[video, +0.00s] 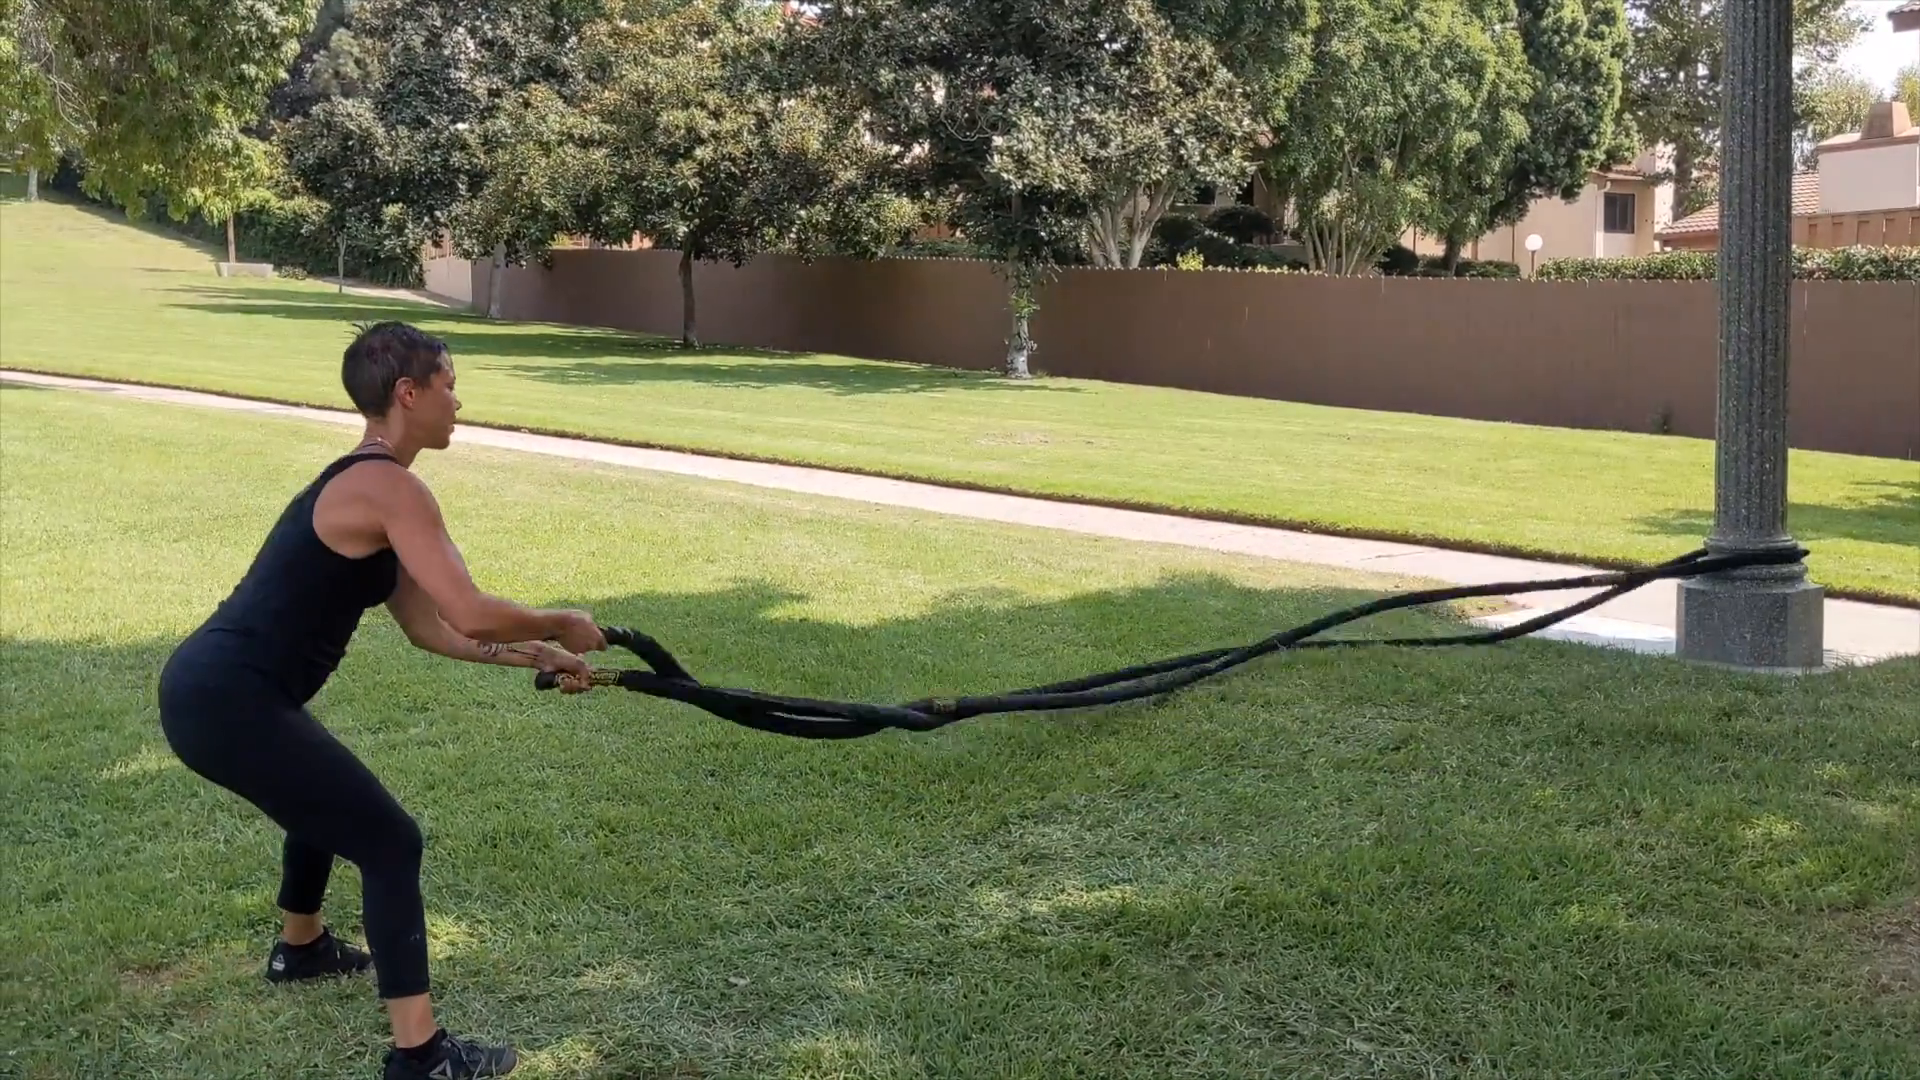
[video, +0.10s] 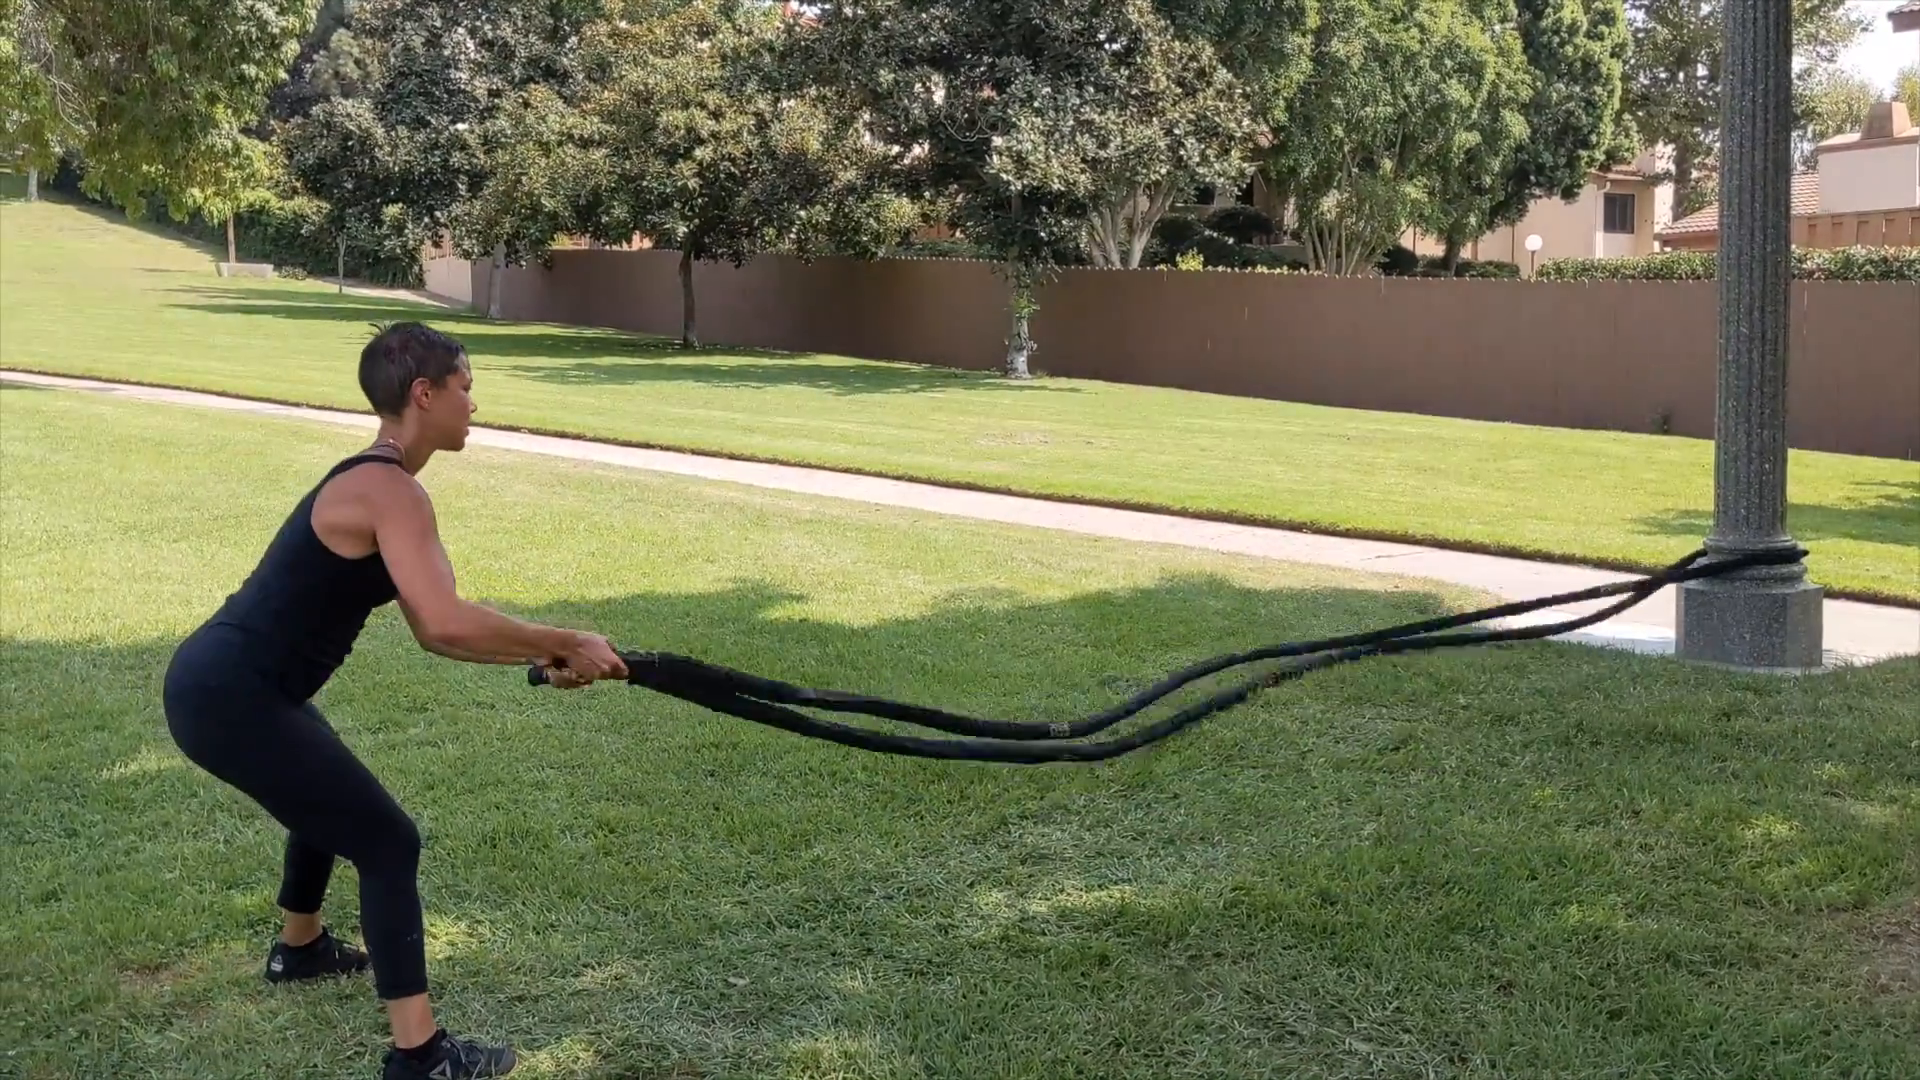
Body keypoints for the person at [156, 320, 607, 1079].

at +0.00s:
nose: (457, 399)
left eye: (454, 383)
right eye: (448, 384)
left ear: (394, 397)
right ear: (405, 394)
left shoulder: (358, 481)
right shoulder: (393, 487)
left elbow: (428, 629)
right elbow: (472, 615)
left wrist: (529, 653)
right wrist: (559, 622)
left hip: (211, 686)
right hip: (228, 703)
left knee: (327, 797)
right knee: (392, 840)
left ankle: (301, 949)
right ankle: (418, 1047)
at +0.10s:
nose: (472, 404)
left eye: (470, 388)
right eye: (464, 388)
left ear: (411, 396)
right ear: (421, 394)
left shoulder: (367, 480)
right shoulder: (392, 493)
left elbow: (436, 631)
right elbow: (448, 623)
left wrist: (541, 650)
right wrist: (563, 641)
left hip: (218, 678)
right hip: (233, 697)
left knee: (329, 800)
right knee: (388, 841)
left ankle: (300, 947)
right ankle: (417, 1047)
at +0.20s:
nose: (477, 404)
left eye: (476, 388)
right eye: (470, 388)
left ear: (415, 394)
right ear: (426, 393)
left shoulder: (371, 476)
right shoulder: (389, 490)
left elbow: (428, 625)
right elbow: (436, 616)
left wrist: (512, 641)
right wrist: (570, 630)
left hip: (224, 673)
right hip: (234, 695)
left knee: (332, 796)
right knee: (389, 839)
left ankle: (298, 946)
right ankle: (415, 1047)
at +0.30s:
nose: (470, 404)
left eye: (470, 388)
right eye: (463, 388)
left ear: (406, 394)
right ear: (418, 392)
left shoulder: (355, 472)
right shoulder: (386, 492)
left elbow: (417, 612)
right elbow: (432, 613)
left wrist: (499, 638)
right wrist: (570, 625)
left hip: (207, 673)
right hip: (233, 695)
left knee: (326, 793)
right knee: (391, 839)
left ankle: (297, 944)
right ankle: (415, 1047)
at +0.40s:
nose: (451, 402)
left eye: (450, 386)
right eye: (444, 386)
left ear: (384, 392)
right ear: (399, 390)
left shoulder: (329, 464)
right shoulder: (374, 489)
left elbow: (386, 599)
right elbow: (423, 613)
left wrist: (485, 632)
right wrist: (557, 631)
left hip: (189, 674)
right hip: (224, 693)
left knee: (322, 791)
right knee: (384, 838)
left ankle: (295, 946)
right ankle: (413, 1046)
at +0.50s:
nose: (426, 404)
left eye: (426, 387)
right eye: (419, 387)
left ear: (359, 389)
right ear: (376, 387)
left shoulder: (303, 461)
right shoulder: (363, 487)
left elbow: (357, 576)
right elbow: (431, 619)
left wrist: (471, 594)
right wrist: (527, 638)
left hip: (173, 677)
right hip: (217, 696)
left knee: (318, 790)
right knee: (381, 838)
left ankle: (296, 945)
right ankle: (412, 1047)